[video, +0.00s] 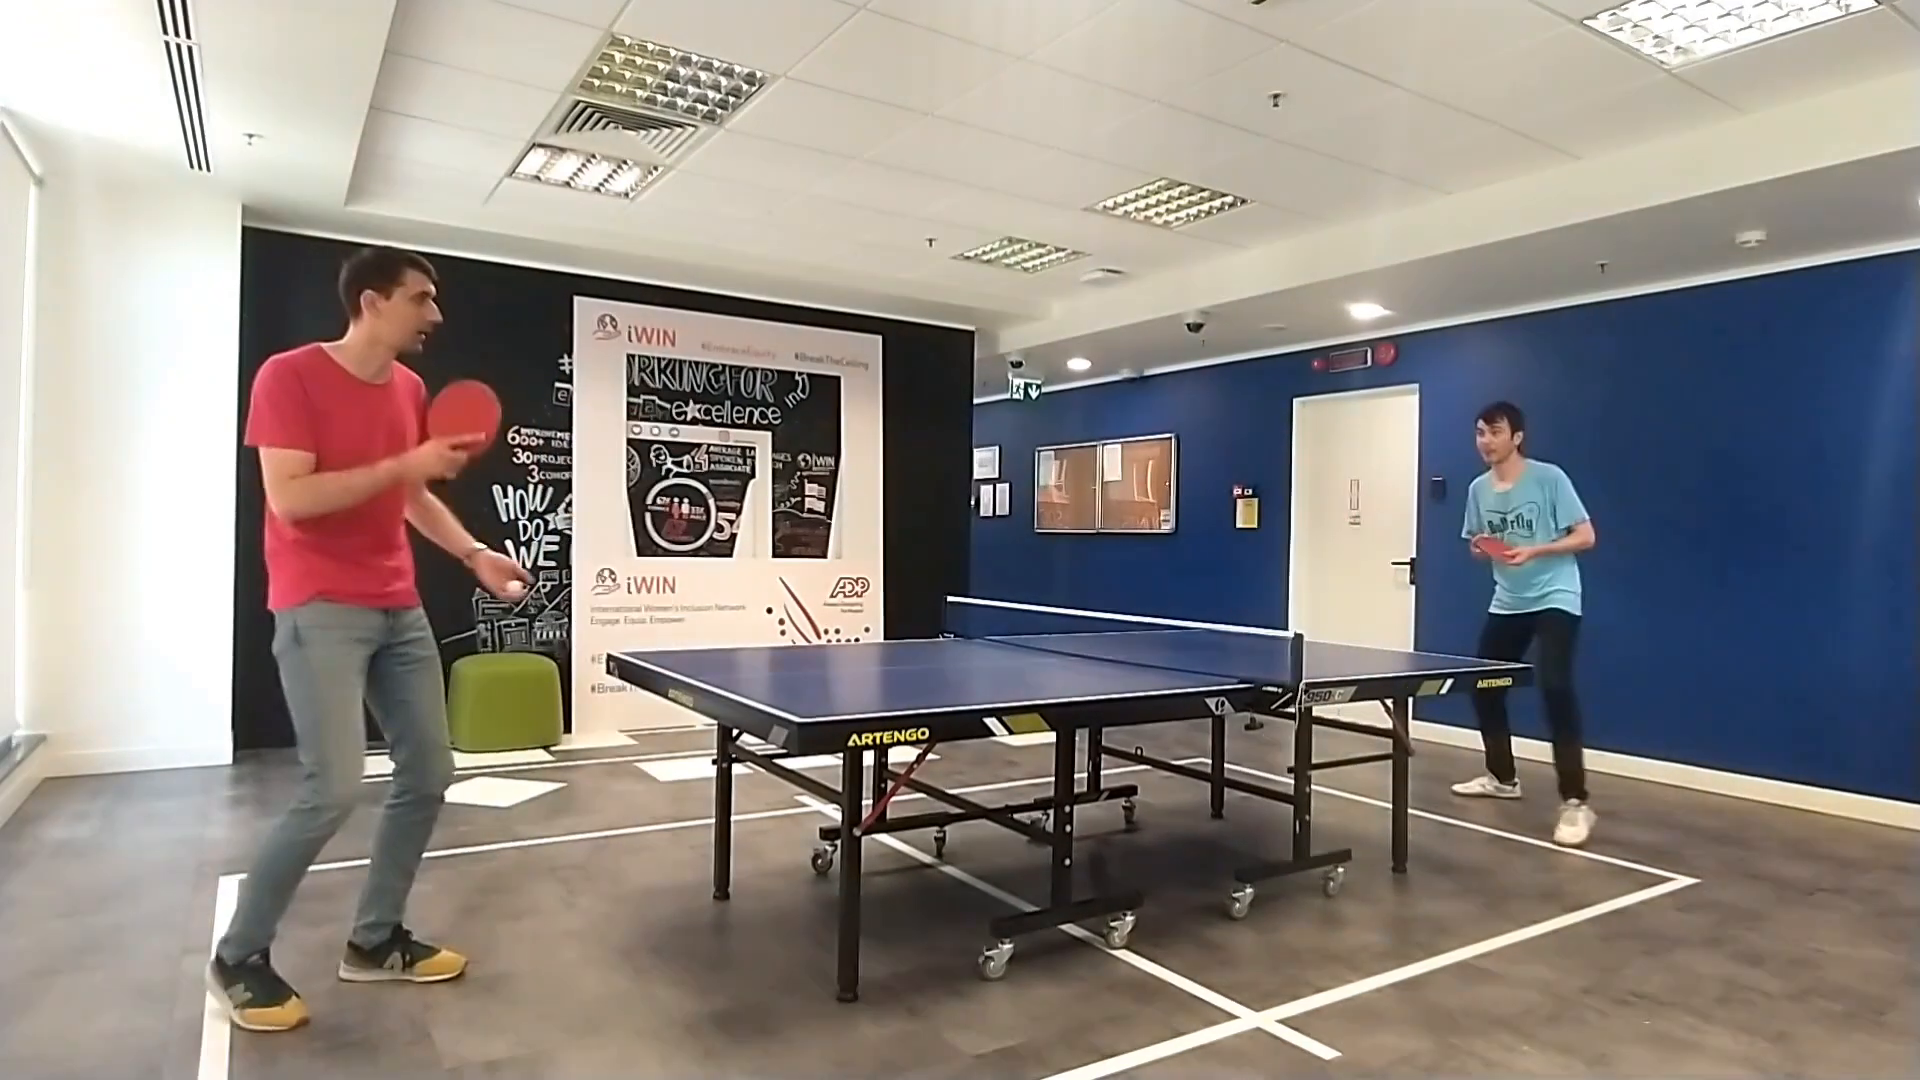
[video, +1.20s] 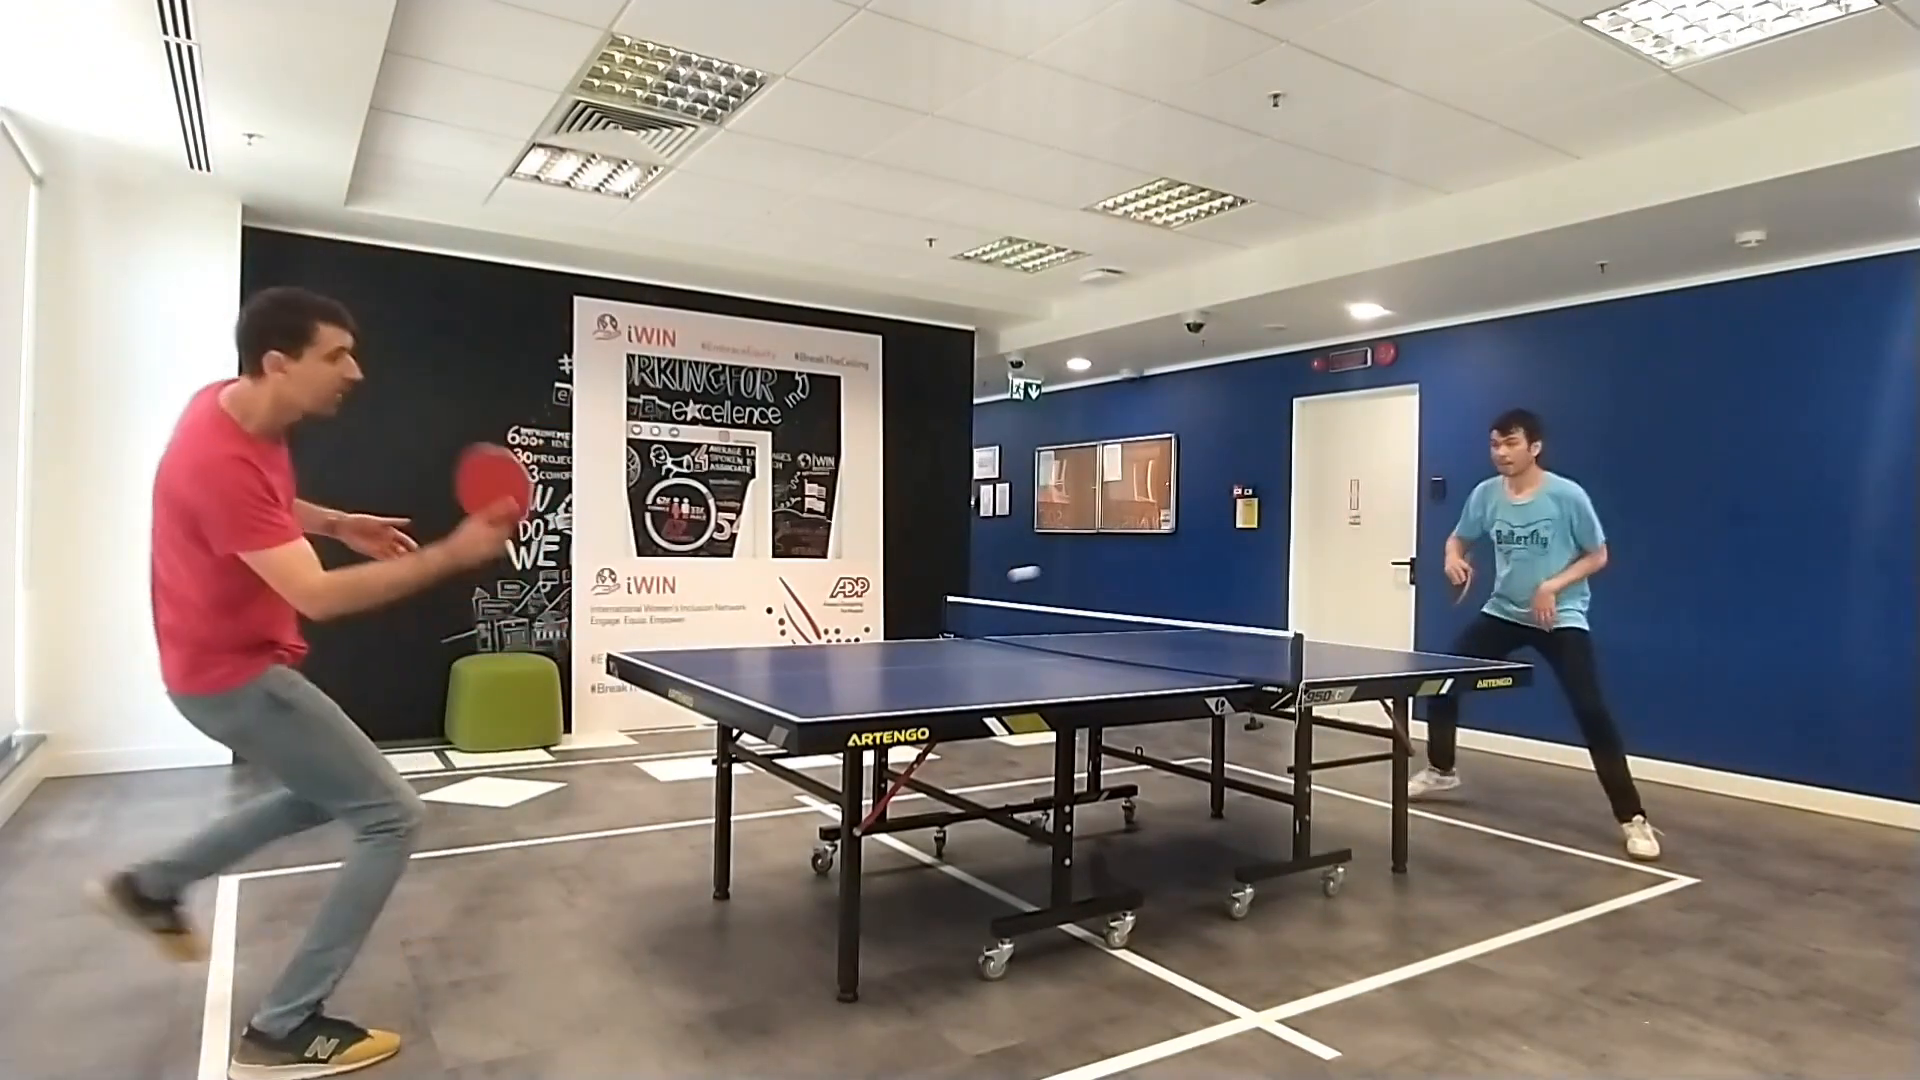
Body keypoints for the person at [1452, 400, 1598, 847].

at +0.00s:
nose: (1485, 440)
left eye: (1494, 432)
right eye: (1480, 433)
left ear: (1516, 436)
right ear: (1477, 439)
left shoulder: (1549, 477)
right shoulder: (1479, 488)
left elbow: (1586, 536)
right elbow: (1476, 549)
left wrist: (1534, 551)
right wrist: (1485, 548)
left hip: (1555, 599)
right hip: (1507, 602)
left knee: (1553, 684)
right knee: (1484, 686)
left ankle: (1574, 803)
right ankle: (1503, 778)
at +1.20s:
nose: (1500, 450)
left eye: (1509, 442)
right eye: (1495, 443)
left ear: (1535, 446)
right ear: (1492, 450)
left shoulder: (1568, 495)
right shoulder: (1485, 494)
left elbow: (1598, 555)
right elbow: (1458, 539)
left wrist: (1552, 585)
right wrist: (1452, 558)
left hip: (1560, 620)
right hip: (1502, 614)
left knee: (1591, 710)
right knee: (1441, 676)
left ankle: (1633, 820)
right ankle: (1441, 772)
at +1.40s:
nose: (1433, 475)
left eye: (1441, 466)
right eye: (1431, 468)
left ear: (1470, 465)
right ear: (1445, 472)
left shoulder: (1511, 504)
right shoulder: (1449, 516)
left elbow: (1558, 563)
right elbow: (1447, 570)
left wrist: (1514, 598)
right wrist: (1413, 599)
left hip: (1533, 628)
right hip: (1477, 626)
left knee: (1569, 717)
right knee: (1414, 688)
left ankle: (1628, 821)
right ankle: (1408, 779)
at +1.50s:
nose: (1402, 488)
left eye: (1406, 477)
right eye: (1399, 480)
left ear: (1434, 472)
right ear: (1422, 478)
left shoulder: (1482, 505)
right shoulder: (1432, 522)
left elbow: (1531, 560)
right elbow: (1435, 581)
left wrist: (1489, 600)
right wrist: (1380, 607)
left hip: (1523, 628)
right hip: (1470, 629)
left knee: (1563, 718)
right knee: (1408, 686)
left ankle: (1627, 820)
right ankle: (1407, 778)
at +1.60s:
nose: (1383, 492)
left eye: (1385, 482)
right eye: (1380, 485)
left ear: (1410, 474)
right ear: (1406, 478)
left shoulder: (1466, 504)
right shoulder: (1417, 532)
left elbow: (1518, 552)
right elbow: (1399, 582)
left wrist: (1476, 591)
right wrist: (1338, 583)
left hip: (1522, 626)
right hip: (1468, 629)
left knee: (1573, 712)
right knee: (1408, 683)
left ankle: (1632, 816)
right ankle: (1406, 778)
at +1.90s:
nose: (1426, 484)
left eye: (1434, 474)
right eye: (1424, 477)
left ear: (1463, 475)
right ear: (1433, 486)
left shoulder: (1508, 511)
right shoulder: (1435, 535)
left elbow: (1554, 563)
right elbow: (1392, 585)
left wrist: (1514, 588)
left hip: (1541, 636)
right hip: (1483, 639)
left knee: (1602, 716)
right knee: (1414, 685)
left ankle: (1689, 813)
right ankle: (1405, 780)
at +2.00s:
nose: (1473, 481)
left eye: (1481, 473)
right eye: (1470, 474)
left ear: (1510, 476)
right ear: (1473, 482)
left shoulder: (1552, 517)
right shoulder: (1473, 532)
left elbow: (1592, 572)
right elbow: (1447, 579)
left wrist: (1551, 596)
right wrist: (1445, 599)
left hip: (1569, 648)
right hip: (1507, 645)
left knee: (1622, 730)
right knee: (1433, 700)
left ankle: (1698, 825)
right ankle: (1404, 780)